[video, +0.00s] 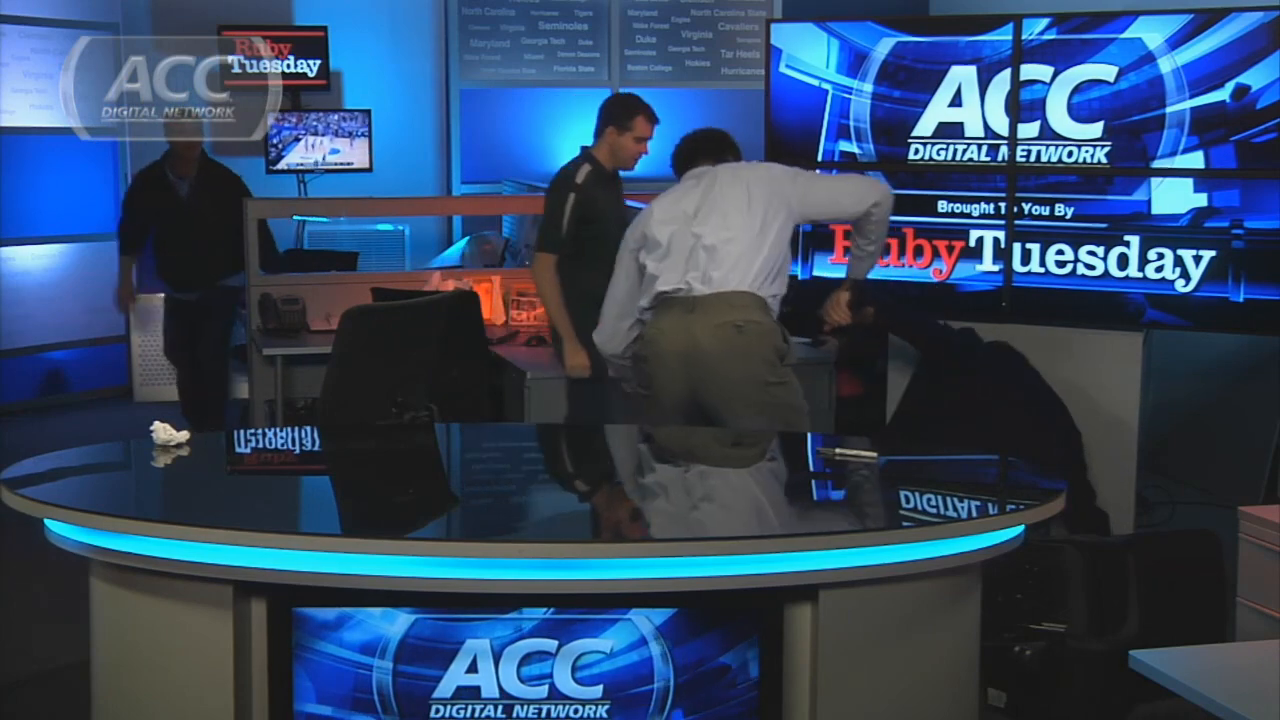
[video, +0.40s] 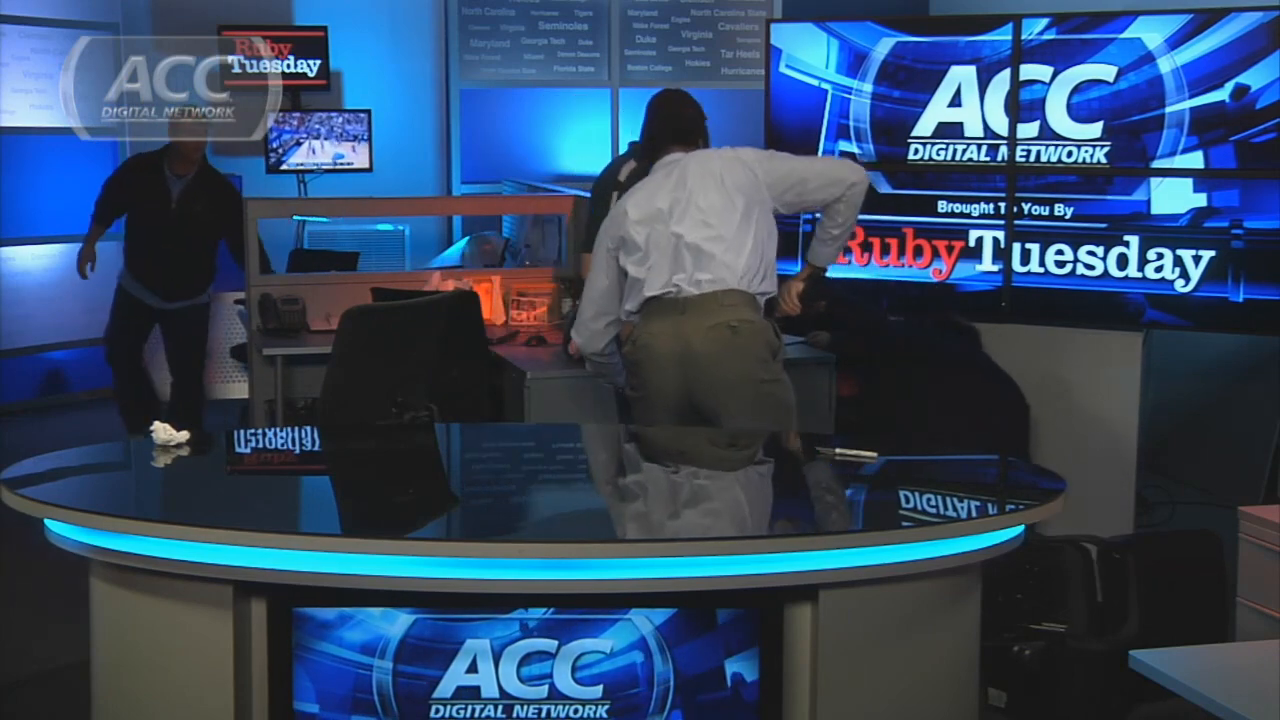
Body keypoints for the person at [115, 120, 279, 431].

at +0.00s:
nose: (188, 141)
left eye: (193, 134)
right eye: (180, 135)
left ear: (202, 138)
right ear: (169, 138)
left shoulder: (224, 181)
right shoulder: (147, 182)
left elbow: (257, 230)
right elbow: (130, 234)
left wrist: (274, 279)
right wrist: (126, 282)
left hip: (222, 286)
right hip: (177, 288)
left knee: (212, 359)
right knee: (179, 354)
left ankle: (212, 430)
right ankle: (195, 425)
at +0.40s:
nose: (194, 144)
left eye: (200, 137)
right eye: (187, 136)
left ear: (207, 140)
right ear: (171, 137)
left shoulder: (221, 191)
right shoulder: (138, 170)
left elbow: (246, 245)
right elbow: (109, 206)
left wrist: (269, 288)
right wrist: (90, 242)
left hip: (190, 296)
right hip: (138, 289)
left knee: (188, 373)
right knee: (120, 353)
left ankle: (186, 441)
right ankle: (145, 429)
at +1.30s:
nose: (182, 138)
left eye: (184, 130)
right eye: (172, 130)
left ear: (190, 135)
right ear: (152, 135)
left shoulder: (208, 187)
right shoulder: (116, 183)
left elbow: (225, 245)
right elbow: (89, 232)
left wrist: (226, 297)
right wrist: (80, 283)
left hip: (183, 318)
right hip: (124, 315)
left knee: (184, 408)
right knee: (116, 406)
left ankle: (183, 481)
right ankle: (120, 480)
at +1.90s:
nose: (190, 136)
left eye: (193, 126)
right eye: (179, 128)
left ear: (200, 132)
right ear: (158, 136)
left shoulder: (225, 186)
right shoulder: (130, 195)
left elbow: (246, 247)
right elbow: (110, 262)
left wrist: (255, 295)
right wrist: (126, 312)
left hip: (216, 338)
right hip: (153, 337)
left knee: (216, 432)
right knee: (149, 435)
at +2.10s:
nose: (212, 129)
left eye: (213, 121)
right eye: (201, 122)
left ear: (218, 128)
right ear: (179, 132)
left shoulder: (237, 183)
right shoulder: (151, 190)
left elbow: (252, 251)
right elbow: (140, 263)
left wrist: (257, 302)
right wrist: (180, 304)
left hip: (234, 336)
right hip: (171, 341)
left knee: (248, 433)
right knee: (157, 436)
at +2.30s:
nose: (244, 135)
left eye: (243, 127)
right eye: (233, 129)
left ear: (249, 133)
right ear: (209, 136)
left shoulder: (268, 192)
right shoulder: (186, 195)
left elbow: (272, 258)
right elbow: (176, 265)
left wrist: (281, 300)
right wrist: (222, 298)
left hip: (261, 345)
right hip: (201, 345)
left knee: (257, 446)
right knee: (192, 447)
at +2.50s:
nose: (281, 135)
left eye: (281, 126)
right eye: (271, 128)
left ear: (281, 130)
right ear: (245, 135)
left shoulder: (296, 188)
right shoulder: (212, 191)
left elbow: (311, 253)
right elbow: (207, 265)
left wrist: (325, 304)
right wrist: (251, 298)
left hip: (290, 340)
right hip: (234, 340)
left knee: (289, 439)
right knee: (244, 439)